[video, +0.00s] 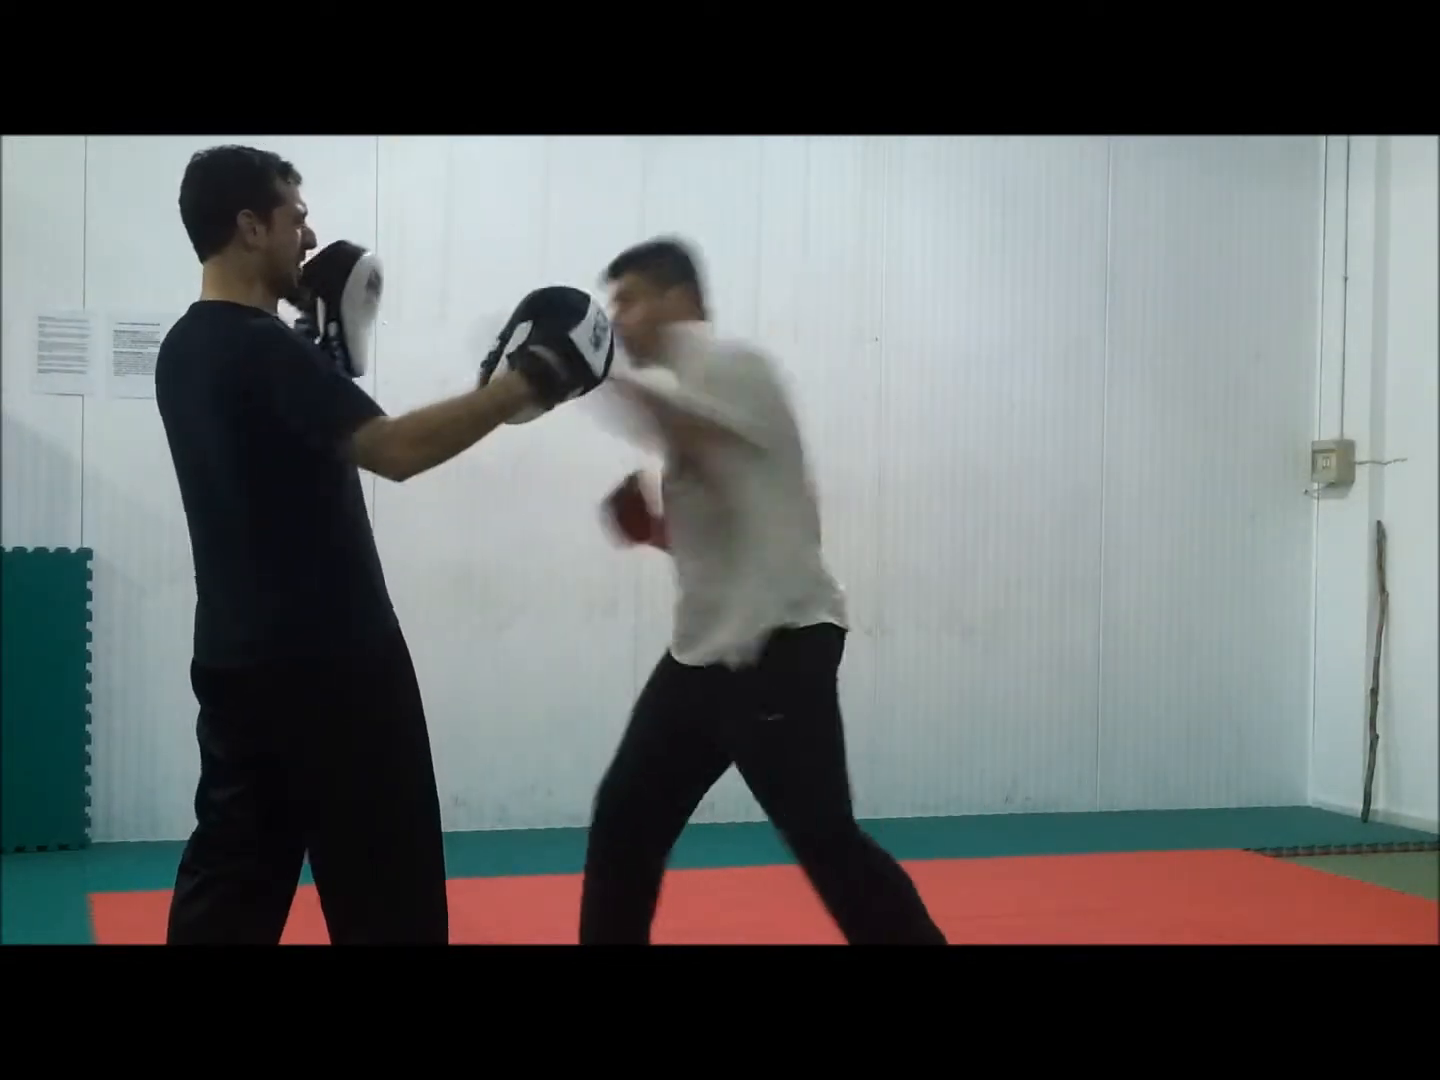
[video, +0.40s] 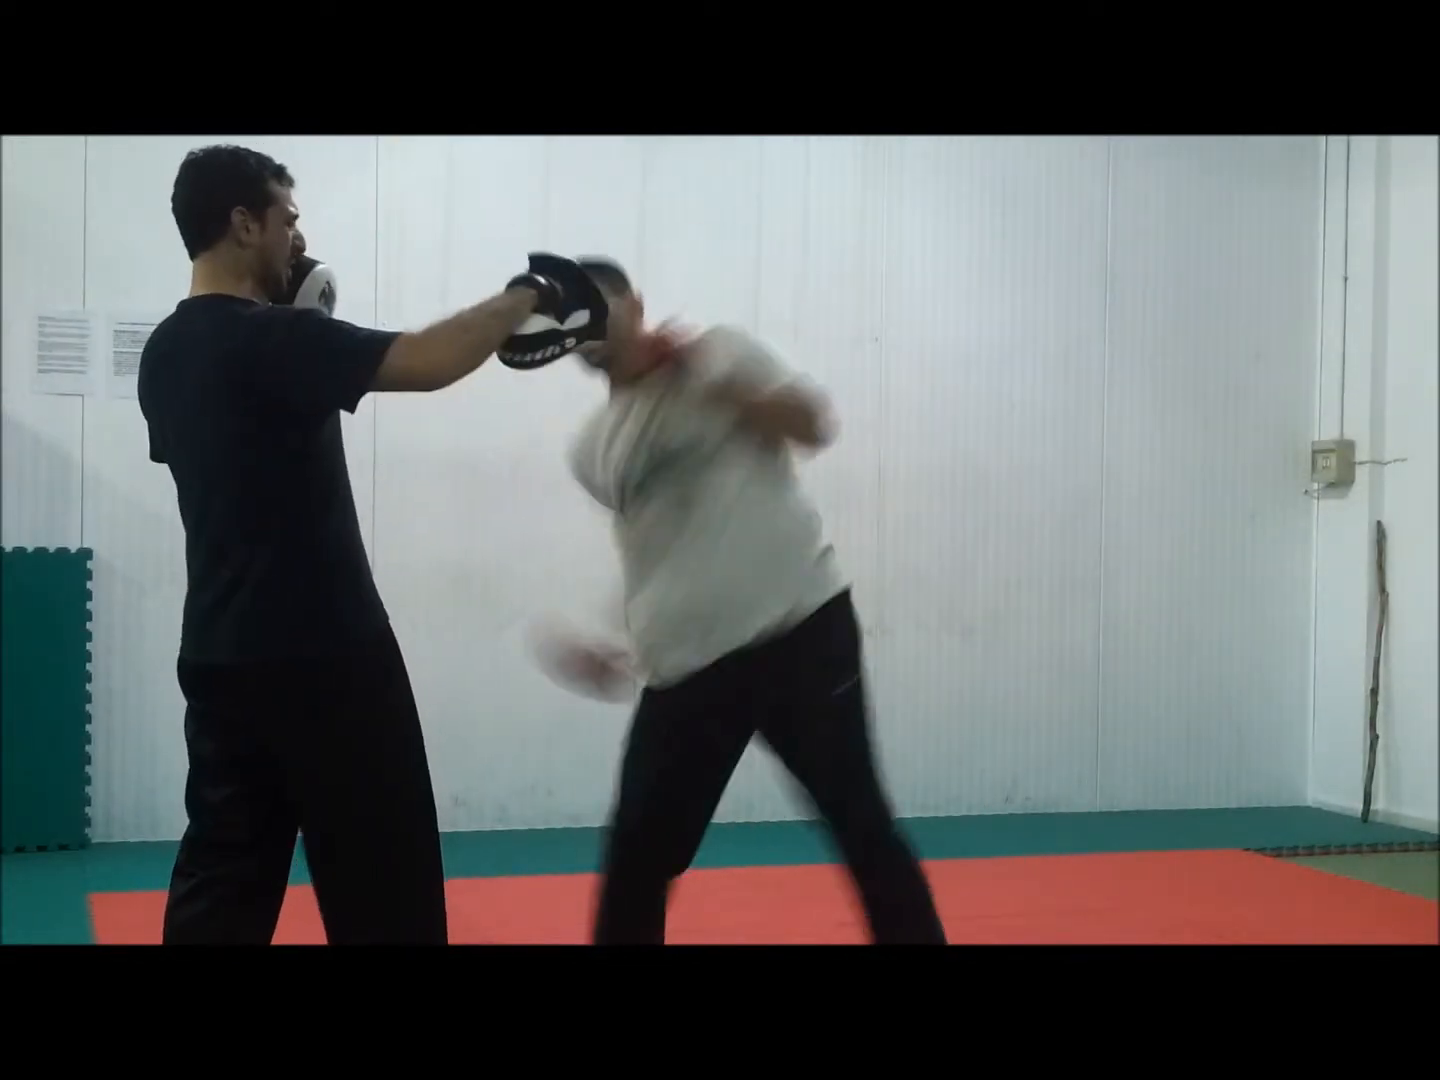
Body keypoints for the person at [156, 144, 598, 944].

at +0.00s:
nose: (310, 235)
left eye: (305, 216)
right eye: (297, 215)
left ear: (228, 230)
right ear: (250, 225)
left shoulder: (185, 348)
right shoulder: (265, 344)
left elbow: (290, 453)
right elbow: (392, 449)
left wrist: (329, 339)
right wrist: (511, 394)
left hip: (238, 659)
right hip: (336, 660)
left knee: (229, 883)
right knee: (390, 888)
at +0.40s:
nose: (300, 240)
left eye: (297, 221)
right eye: (289, 218)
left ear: (215, 230)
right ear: (243, 222)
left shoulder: (165, 348)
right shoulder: (274, 336)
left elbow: (244, 421)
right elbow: (427, 360)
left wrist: (292, 320)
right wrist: (529, 293)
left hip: (222, 652)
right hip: (327, 649)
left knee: (222, 880)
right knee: (387, 884)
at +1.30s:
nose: (262, 226)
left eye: (254, 210)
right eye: (245, 211)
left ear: (187, 237)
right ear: (199, 229)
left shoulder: (157, 354)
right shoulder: (244, 347)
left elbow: (247, 462)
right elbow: (386, 435)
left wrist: (279, 342)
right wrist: (502, 356)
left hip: (227, 659)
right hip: (330, 657)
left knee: (222, 883)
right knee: (388, 889)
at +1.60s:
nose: (256, 228)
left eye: (246, 212)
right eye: (236, 215)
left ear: (182, 241)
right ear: (184, 233)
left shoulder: (171, 350)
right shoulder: (215, 350)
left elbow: (240, 443)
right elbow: (317, 451)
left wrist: (304, 367)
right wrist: (444, 393)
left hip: (241, 661)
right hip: (319, 658)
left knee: (238, 876)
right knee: (385, 882)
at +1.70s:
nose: (254, 226)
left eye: (244, 210)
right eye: (235, 213)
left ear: (181, 240)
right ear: (185, 233)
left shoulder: (170, 349)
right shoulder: (216, 347)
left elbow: (239, 432)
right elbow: (318, 459)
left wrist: (308, 358)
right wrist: (446, 398)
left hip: (239, 659)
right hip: (316, 656)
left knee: (242, 869)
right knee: (381, 875)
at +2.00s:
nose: (233, 221)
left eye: (221, 205)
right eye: (212, 209)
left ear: (161, 240)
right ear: (165, 233)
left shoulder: (148, 348)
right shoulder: (200, 350)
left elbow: (220, 439)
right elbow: (308, 458)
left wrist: (285, 355)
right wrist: (425, 390)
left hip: (229, 650)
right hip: (310, 649)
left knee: (230, 875)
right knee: (389, 878)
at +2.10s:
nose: (242, 225)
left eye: (232, 208)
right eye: (223, 210)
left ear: (167, 235)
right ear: (172, 229)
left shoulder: (146, 347)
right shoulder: (203, 346)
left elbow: (209, 443)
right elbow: (307, 447)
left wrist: (284, 363)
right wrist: (436, 371)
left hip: (220, 659)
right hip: (305, 657)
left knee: (223, 884)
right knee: (384, 885)